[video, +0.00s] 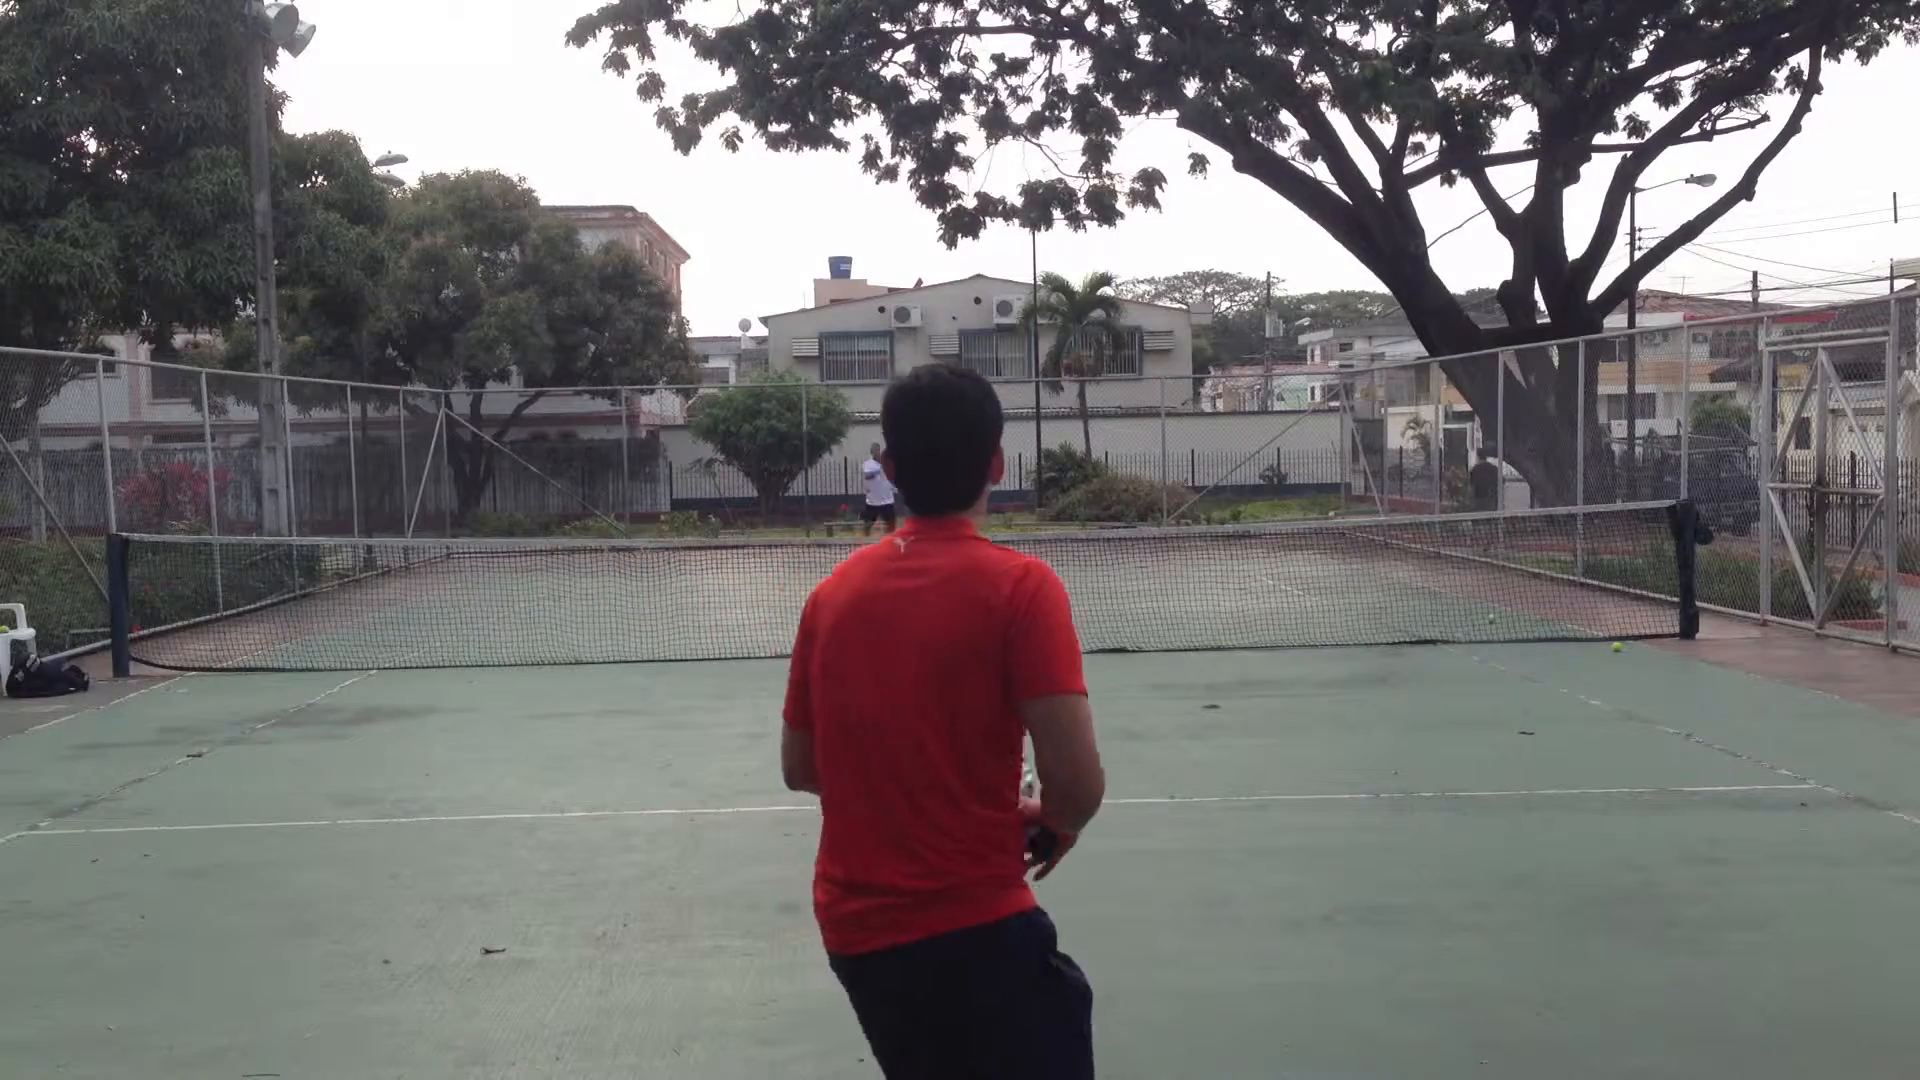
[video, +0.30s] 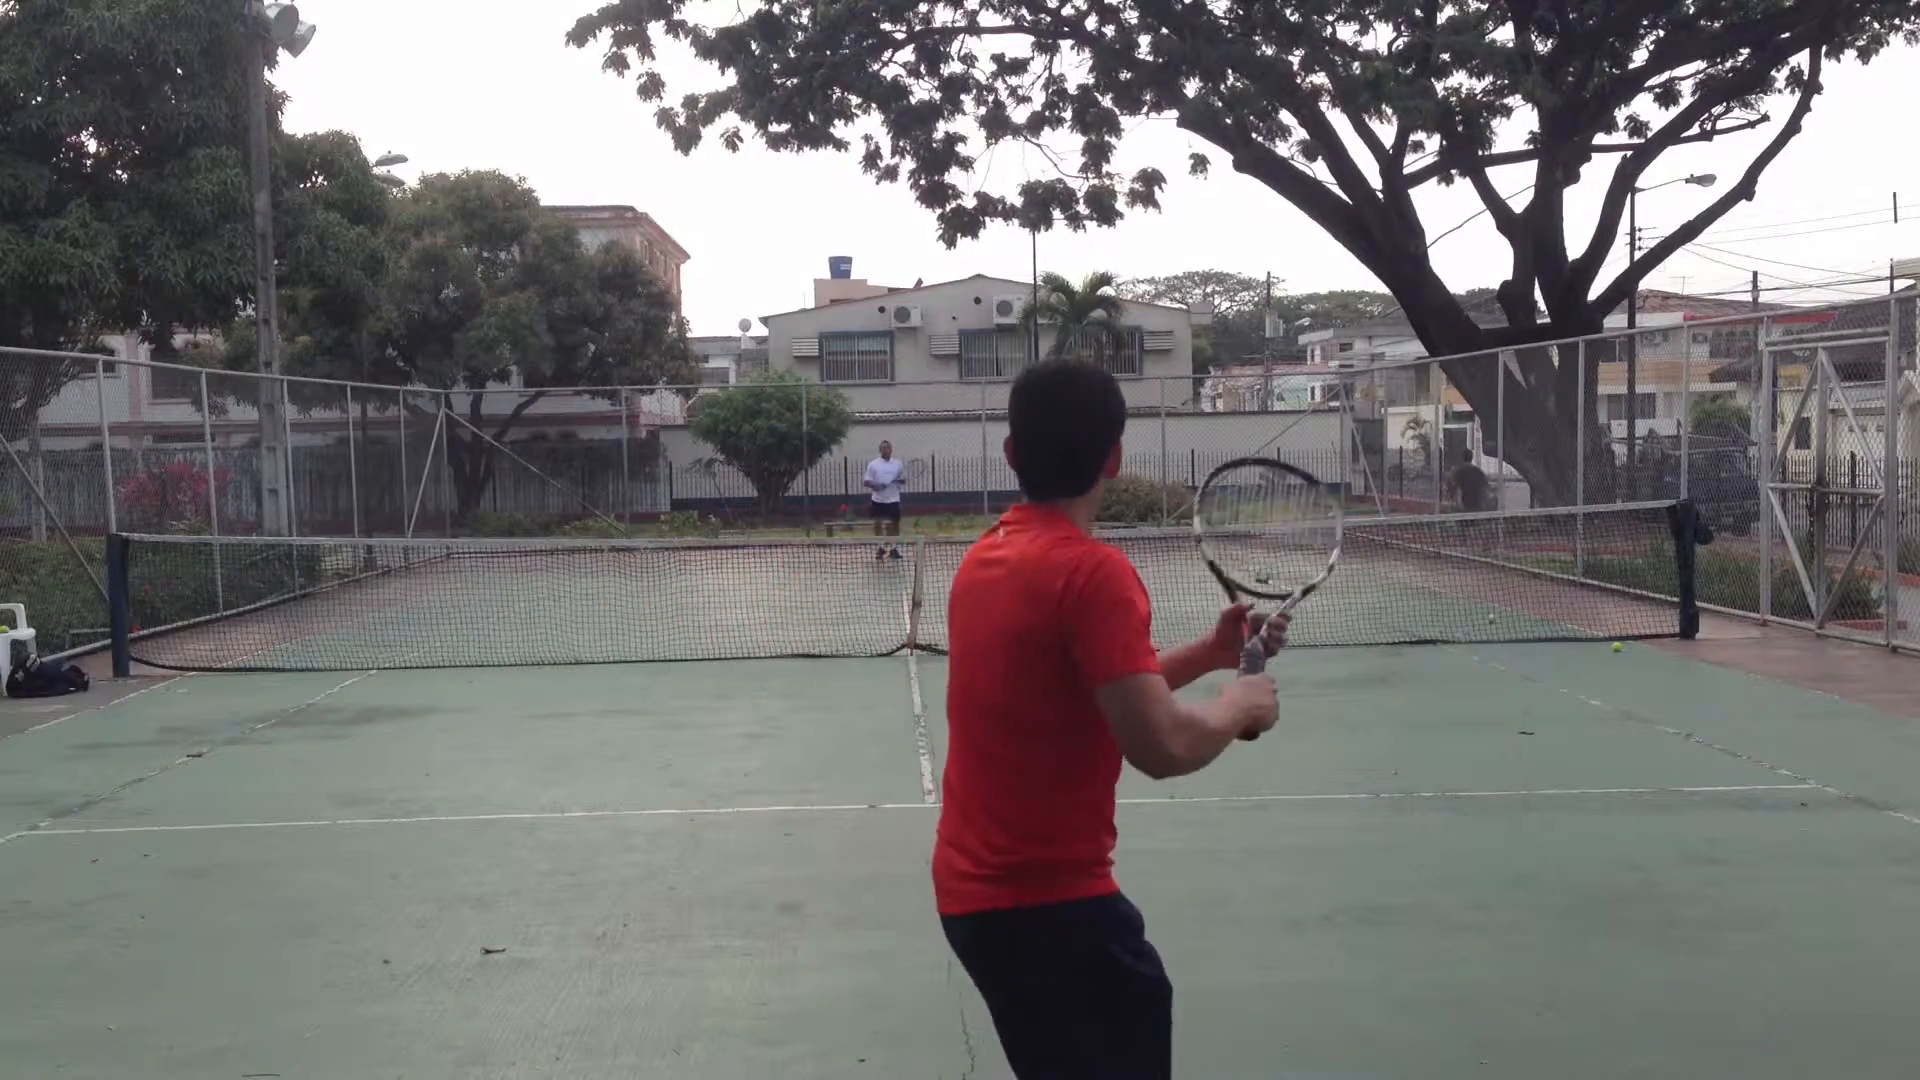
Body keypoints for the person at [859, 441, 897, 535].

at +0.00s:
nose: (877, 453)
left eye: (878, 450)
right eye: (875, 450)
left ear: (881, 451)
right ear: (871, 452)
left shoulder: (887, 464)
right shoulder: (868, 464)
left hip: (887, 500)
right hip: (872, 500)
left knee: (891, 527)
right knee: (867, 527)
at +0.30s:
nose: (887, 450)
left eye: (888, 448)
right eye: (884, 448)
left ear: (891, 449)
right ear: (880, 450)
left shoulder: (897, 463)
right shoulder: (873, 464)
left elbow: (901, 479)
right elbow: (866, 481)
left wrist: (899, 481)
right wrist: (877, 485)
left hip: (893, 500)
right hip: (878, 500)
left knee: (894, 525)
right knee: (877, 524)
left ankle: (893, 547)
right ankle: (880, 546)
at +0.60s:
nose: (886, 451)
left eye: (887, 449)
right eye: (883, 449)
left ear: (891, 450)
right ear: (880, 451)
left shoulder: (898, 464)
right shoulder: (874, 467)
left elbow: (904, 479)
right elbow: (868, 484)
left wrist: (901, 482)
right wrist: (877, 488)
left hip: (898, 500)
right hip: (882, 501)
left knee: (907, 521)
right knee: (880, 524)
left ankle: (910, 544)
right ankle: (882, 548)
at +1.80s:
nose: (888, 453)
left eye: (890, 450)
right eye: (886, 450)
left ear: (895, 451)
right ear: (884, 452)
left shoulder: (903, 465)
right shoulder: (878, 466)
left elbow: (910, 482)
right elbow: (869, 481)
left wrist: (899, 479)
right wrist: (879, 485)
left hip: (899, 501)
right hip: (884, 501)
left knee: (906, 525)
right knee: (882, 526)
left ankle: (914, 547)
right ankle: (883, 549)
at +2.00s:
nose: (876, 455)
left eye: (878, 452)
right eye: (874, 452)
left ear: (883, 453)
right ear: (872, 454)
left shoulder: (890, 466)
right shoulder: (868, 466)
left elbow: (893, 484)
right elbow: (854, 475)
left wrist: (881, 478)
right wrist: (867, 480)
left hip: (886, 500)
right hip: (872, 500)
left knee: (889, 525)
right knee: (870, 524)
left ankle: (887, 548)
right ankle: (879, 547)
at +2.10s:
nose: (871, 454)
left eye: (874, 451)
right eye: (869, 451)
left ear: (878, 453)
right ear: (867, 453)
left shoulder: (883, 466)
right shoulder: (863, 465)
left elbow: (887, 485)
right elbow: (848, 474)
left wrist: (874, 479)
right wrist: (858, 478)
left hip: (880, 499)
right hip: (867, 500)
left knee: (881, 523)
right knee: (868, 524)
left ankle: (892, 544)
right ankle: (880, 547)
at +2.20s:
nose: (867, 453)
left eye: (869, 450)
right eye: (865, 450)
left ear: (872, 452)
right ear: (861, 452)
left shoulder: (877, 465)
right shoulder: (857, 463)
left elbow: (879, 480)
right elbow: (845, 469)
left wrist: (878, 483)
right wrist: (846, 472)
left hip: (874, 495)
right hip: (863, 495)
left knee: (867, 516)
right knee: (865, 520)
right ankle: (874, 539)